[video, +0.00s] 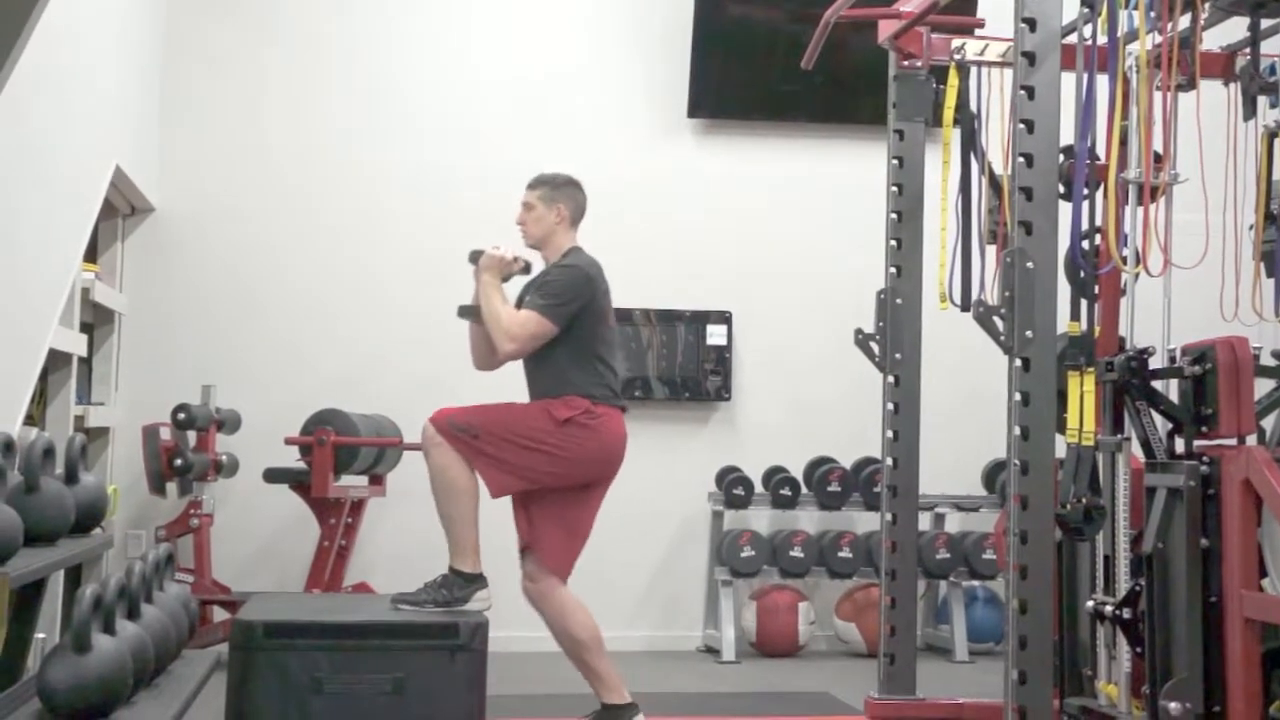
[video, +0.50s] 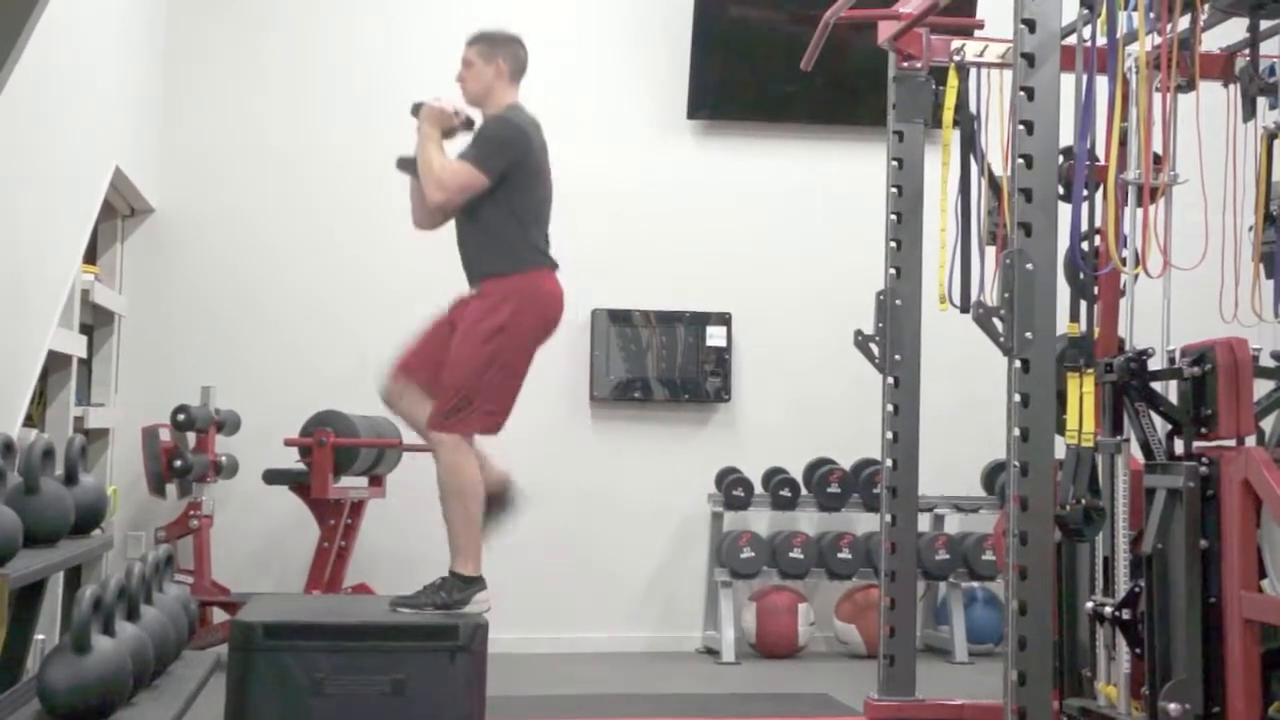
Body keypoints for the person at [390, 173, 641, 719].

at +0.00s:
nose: (518, 219)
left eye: (529, 209)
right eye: (521, 209)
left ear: (561, 215)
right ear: (558, 216)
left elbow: (511, 339)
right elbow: (487, 359)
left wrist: (489, 279)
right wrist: (486, 292)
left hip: (583, 423)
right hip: (584, 433)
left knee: (444, 429)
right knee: (540, 578)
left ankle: (464, 576)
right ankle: (618, 704)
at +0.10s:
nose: (505, 216)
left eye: (514, 206)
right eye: (507, 206)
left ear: (546, 213)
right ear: (540, 216)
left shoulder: (560, 271)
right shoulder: (537, 278)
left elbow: (495, 338)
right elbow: (470, 355)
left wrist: (476, 278)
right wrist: (467, 291)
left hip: (569, 422)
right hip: (575, 431)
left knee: (430, 435)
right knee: (539, 577)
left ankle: (463, 576)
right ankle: (616, 702)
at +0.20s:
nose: (486, 186)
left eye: (496, 177)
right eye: (488, 177)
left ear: (527, 183)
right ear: (522, 183)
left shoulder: (540, 244)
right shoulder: (517, 249)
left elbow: (473, 306)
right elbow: (446, 321)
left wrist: (456, 244)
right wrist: (454, 255)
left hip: (550, 393)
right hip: (568, 399)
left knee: (419, 441)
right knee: (555, 550)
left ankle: (462, 579)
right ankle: (605, 684)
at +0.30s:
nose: (470, 143)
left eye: (479, 134)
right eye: (472, 134)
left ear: (511, 139)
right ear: (508, 140)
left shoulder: (523, 198)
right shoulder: (505, 204)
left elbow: (455, 256)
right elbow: (430, 278)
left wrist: (440, 195)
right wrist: (433, 212)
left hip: (536, 352)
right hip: (558, 356)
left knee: (420, 438)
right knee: (520, 509)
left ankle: (463, 577)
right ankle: (575, 642)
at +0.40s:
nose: (462, 106)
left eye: (471, 96)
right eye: (464, 96)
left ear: (503, 100)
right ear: (501, 101)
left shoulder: (515, 159)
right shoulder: (498, 165)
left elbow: (444, 221)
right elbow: (425, 242)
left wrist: (431, 158)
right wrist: (426, 178)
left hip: (526, 317)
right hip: (520, 319)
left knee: (431, 437)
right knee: (460, 459)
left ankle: (463, 578)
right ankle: (543, 566)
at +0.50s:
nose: (458, 75)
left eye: (467, 65)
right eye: (460, 65)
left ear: (499, 69)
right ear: (494, 71)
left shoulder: (510, 128)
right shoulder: (490, 136)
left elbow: (441, 194)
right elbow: (425, 215)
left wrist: (430, 129)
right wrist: (426, 150)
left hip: (519, 294)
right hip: (492, 293)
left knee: (448, 430)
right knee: (403, 388)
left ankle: (466, 578)